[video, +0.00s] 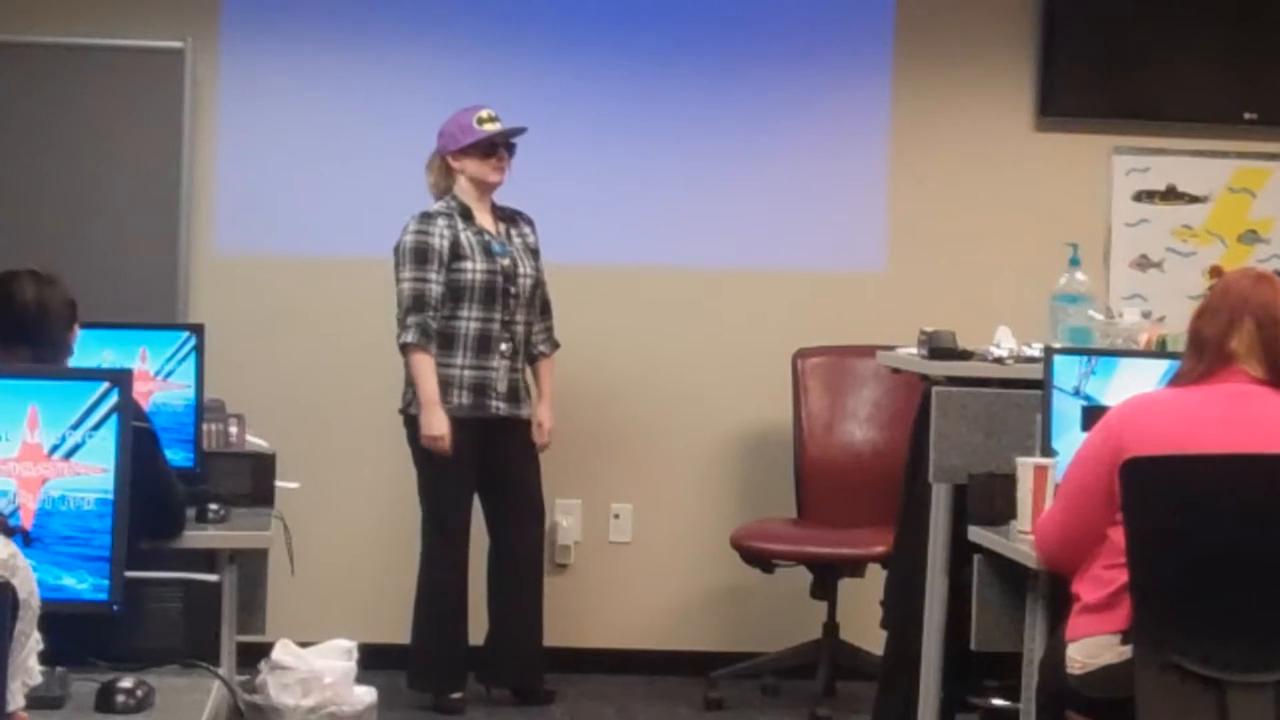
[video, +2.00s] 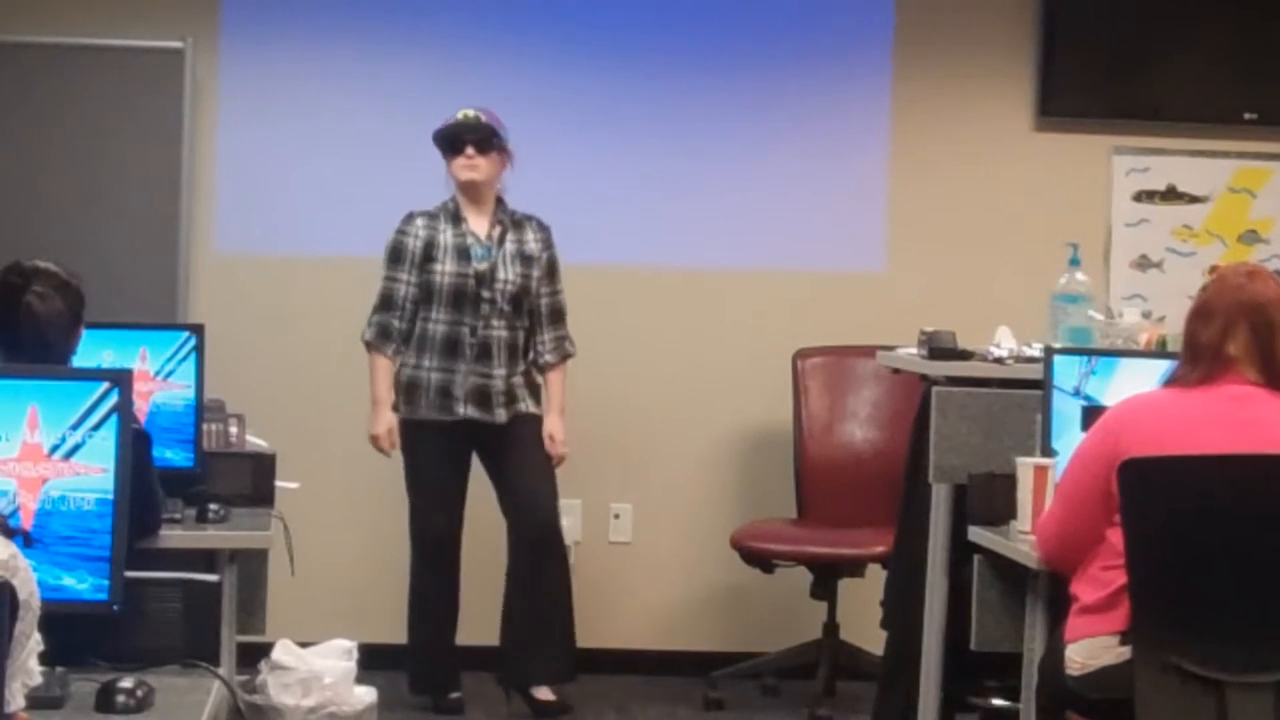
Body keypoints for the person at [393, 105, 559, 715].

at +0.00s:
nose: (501, 158)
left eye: (505, 150)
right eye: (487, 151)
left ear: (506, 159)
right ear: (454, 158)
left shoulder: (520, 230)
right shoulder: (427, 228)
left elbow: (538, 322)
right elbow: (414, 327)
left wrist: (544, 398)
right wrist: (430, 406)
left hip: (509, 415)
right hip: (446, 414)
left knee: (520, 543)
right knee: (447, 548)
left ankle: (515, 673)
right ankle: (440, 679)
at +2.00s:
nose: (469, 157)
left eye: (482, 148)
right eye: (458, 149)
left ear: (503, 160)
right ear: (445, 161)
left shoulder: (532, 235)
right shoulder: (418, 229)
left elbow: (550, 331)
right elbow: (386, 323)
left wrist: (555, 411)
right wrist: (382, 403)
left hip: (512, 411)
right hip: (431, 412)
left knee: (540, 529)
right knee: (436, 544)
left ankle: (537, 674)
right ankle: (435, 681)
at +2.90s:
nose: (488, 154)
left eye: (501, 148)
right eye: (489, 146)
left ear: (539, 158)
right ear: (504, 158)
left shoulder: (587, 232)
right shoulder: (472, 227)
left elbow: (622, 326)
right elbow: (427, 300)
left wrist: (616, 412)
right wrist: (397, 370)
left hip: (574, 426)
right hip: (494, 420)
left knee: (574, 563)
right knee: (473, 547)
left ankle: (567, 700)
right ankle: (442, 688)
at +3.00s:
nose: (489, 169)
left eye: (503, 162)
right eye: (490, 160)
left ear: (542, 171)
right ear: (499, 170)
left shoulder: (588, 244)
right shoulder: (476, 243)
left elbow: (615, 334)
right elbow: (430, 312)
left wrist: (599, 414)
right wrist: (383, 369)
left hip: (568, 431)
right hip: (487, 428)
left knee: (575, 567)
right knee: (463, 553)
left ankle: (577, 702)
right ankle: (435, 701)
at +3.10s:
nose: (483, 182)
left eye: (497, 174)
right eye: (485, 173)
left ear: (537, 184)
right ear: (502, 183)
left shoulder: (581, 256)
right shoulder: (472, 258)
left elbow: (594, 354)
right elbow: (438, 350)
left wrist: (560, 426)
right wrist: (387, 407)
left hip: (558, 443)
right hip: (475, 441)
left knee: (569, 571)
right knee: (452, 566)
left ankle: (580, 701)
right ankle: (456, 711)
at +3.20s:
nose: (479, 171)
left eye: (493, 164)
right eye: (481, 162)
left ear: (532, 175)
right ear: (490, 174)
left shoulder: (573, 251)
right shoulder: (460, 249)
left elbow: (574, 343)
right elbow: (435, 344)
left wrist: (514, 391)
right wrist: (419, 427)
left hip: (552, 440)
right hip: (466, 437)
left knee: (558, 570)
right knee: (450, 568)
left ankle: (572, 701)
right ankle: (468, 709)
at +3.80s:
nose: (571, 175)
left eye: (577, 165)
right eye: (555, 164)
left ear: (581, 173)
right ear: (519, 173)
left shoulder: (592, 243)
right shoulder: (487, 231)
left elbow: (640, 303)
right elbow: (456, 306)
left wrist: (692, 364)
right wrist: (500, 370)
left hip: (569, 441)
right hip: (484, 438)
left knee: (581, 579)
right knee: (464, 580)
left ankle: (578, 710)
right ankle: (439, 707)